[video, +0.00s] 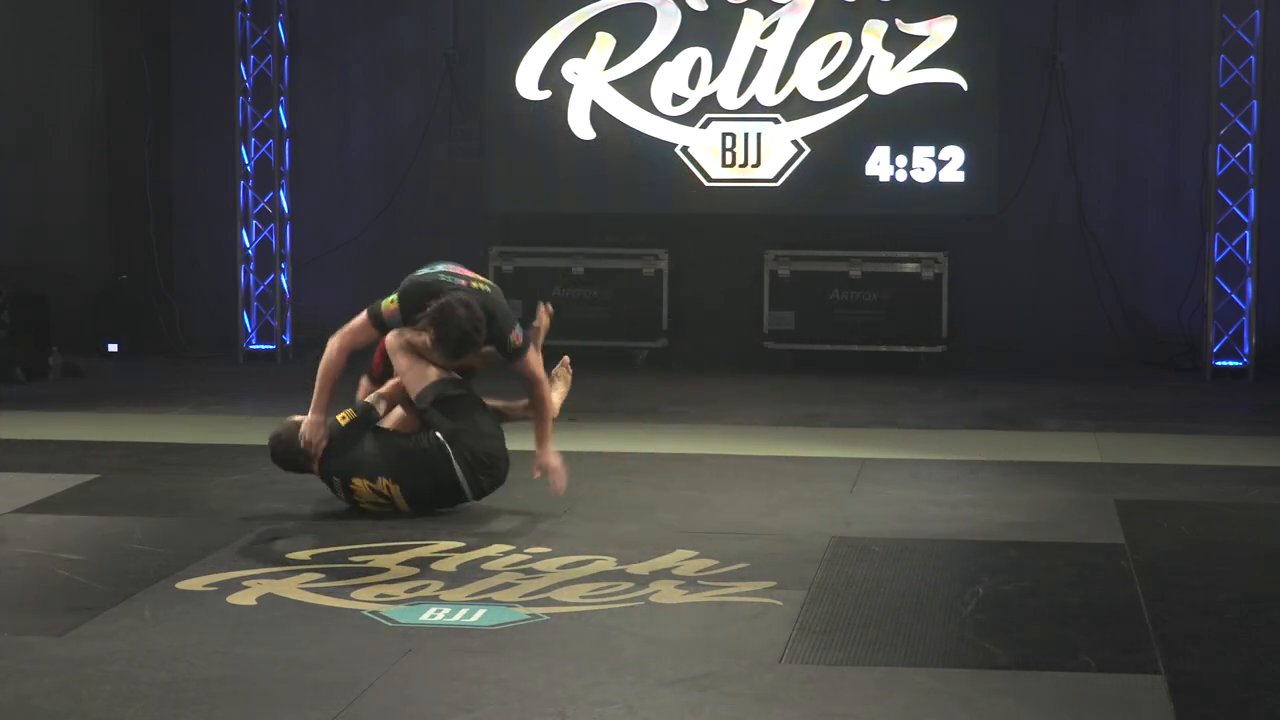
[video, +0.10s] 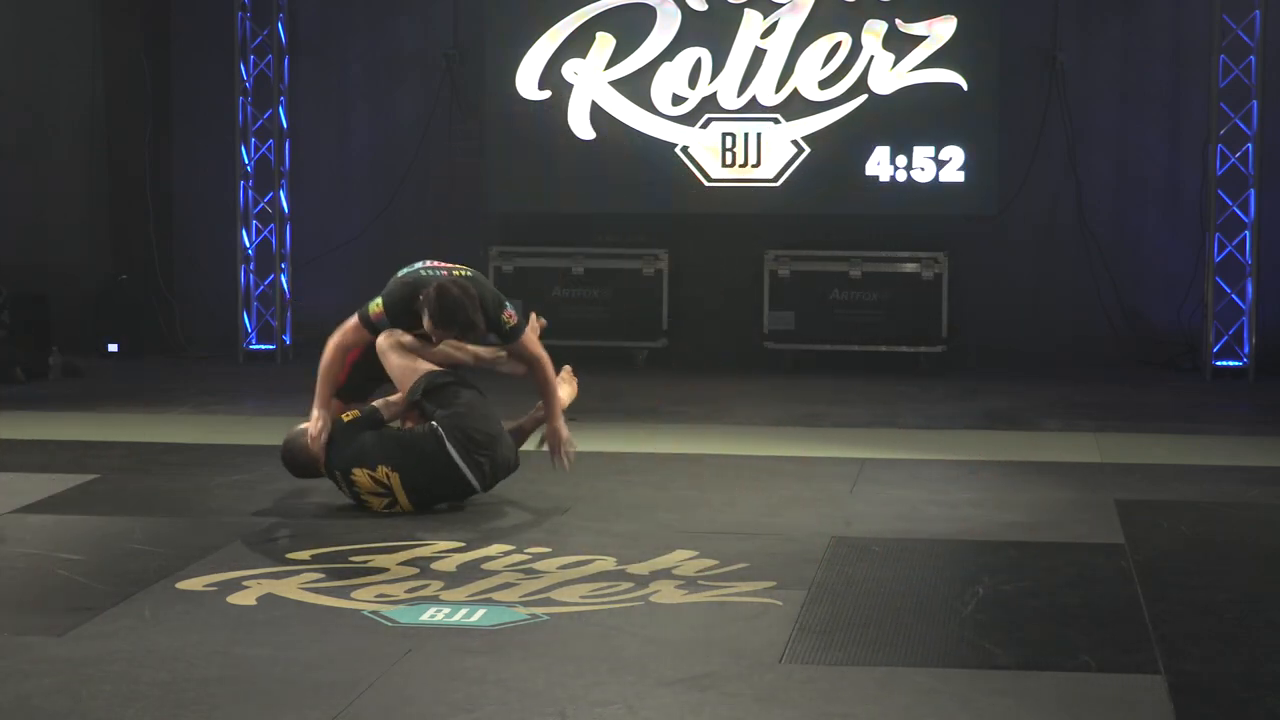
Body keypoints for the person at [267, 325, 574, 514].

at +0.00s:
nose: (307, 421)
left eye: (304, 420)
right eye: (303, 421)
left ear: (298, 467)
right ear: (305, 436)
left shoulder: (340, 486)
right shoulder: (333, 437)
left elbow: (402, 423)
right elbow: (396, 392)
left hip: (479, 480)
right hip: (471, 454)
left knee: (439, 399)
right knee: (399, 341)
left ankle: (541, 404)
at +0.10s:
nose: (323, 418)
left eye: (316, 419)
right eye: (316, 421)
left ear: (309, 472)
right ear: (315, 432)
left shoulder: (358, 495)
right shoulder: (340, 432)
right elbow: (406, 400)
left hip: (489, 473)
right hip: (465, 429)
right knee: (390, 341)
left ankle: (550, 404)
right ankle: (515, 356)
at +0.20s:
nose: (322, 424)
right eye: (318, 427)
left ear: (306, 472)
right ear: (314, 434)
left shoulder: (353, 493)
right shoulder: (338, 436)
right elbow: (402, 406)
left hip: (474, 479)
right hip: (460, 430)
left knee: (494, 451)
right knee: (381, 341)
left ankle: (547, 413)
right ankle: (497, 357)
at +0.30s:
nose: (313, 430)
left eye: (306, 430)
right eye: (308, 433)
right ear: (306, 445)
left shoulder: (352, 499)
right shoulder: (327, 441)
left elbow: (419, 493)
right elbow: (395, 404)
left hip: (476, 469)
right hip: (448, 416)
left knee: (519, 424)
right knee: (379, 334)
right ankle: (484, 353)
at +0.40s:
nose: (305, 440)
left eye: (300, 439)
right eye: (302, 441)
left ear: (301, 491)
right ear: (300, 449)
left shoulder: (347, 501)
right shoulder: (324, 446)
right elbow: (396, 400)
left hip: (471, 458)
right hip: (445, 411)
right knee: (386, 334)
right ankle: (482, 360)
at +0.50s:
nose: (306, 444)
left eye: (298, 443)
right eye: (302, 445)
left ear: (299, 495)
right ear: (302, 455)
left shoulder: (343, 502)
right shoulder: (334, 446)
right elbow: (403, 395)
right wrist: (388, 382)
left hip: (464, 454)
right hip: (446, 409)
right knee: (394, 336)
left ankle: (497, 416)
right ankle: (488, 364)